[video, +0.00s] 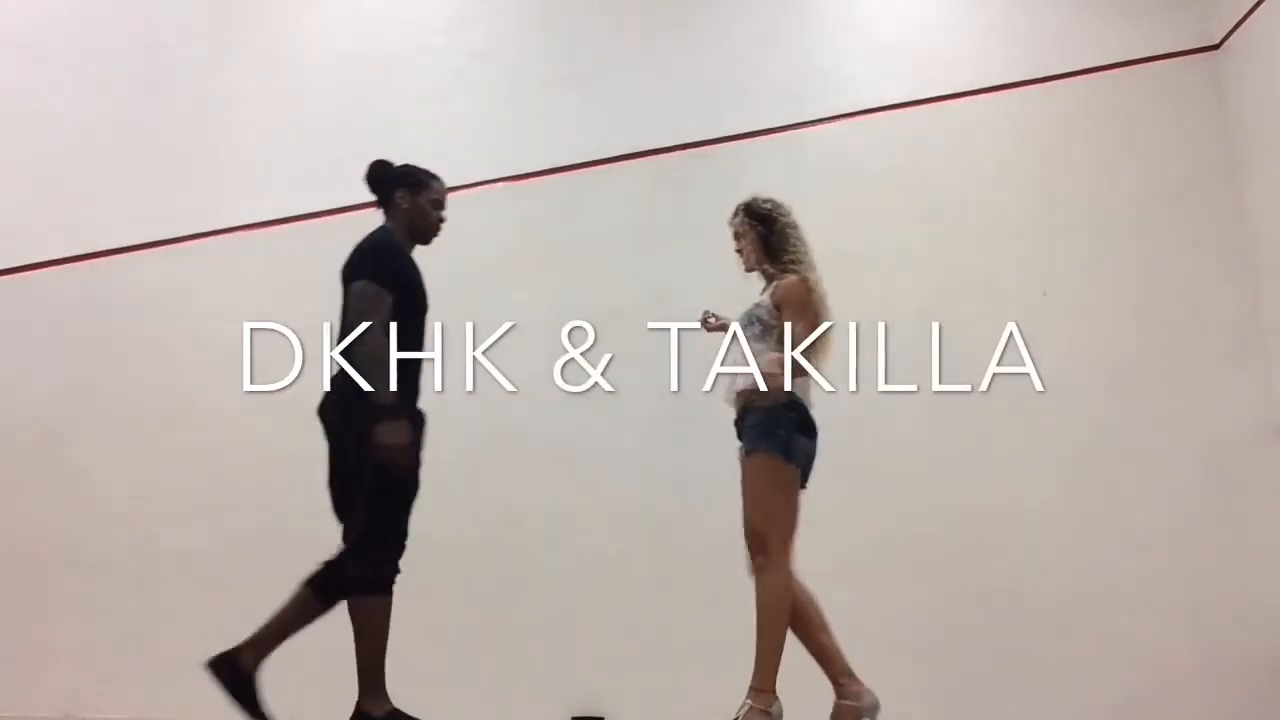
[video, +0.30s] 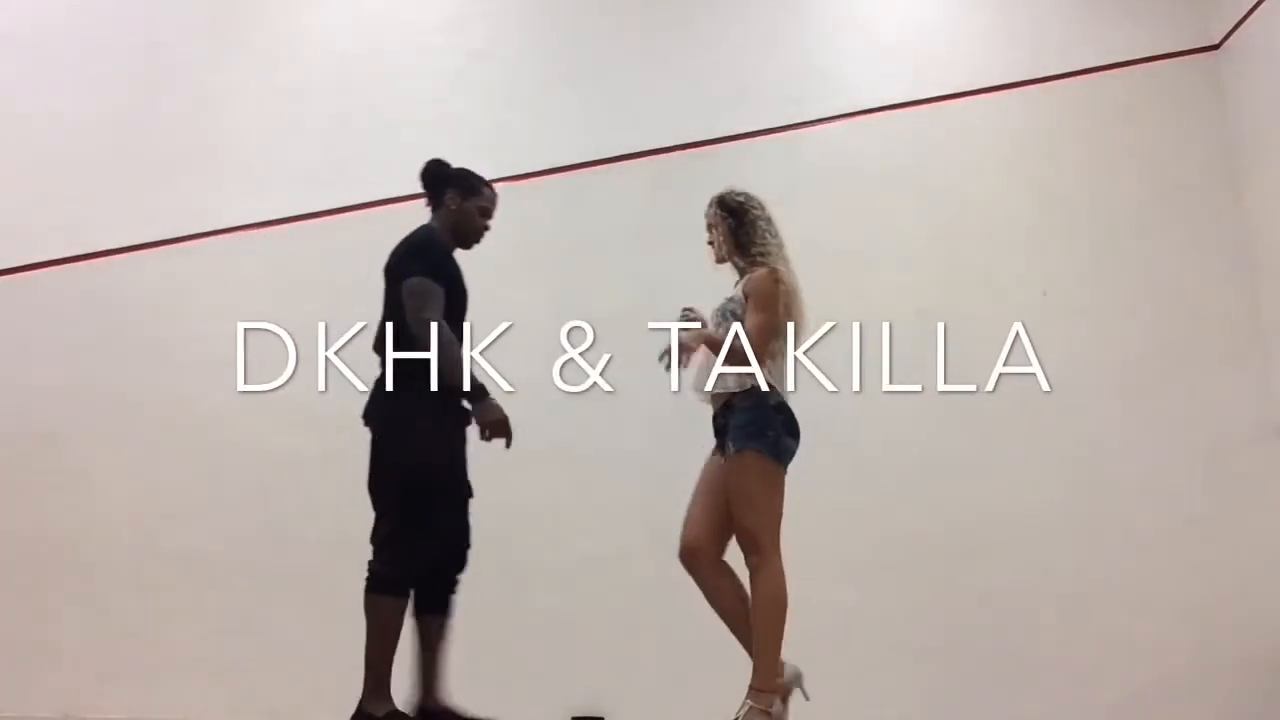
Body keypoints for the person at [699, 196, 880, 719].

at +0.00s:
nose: (736, 246)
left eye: (740, 236)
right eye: (734, 238)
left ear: (764, 235)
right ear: (760, 239)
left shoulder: (791, 286)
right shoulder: (776, 292)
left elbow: (806, 354)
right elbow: (772, 352)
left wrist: (759, 381)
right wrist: (730, 329)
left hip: (777, 422)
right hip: (763, 422)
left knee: (769, 558)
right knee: (769, 564)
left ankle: (762, 698)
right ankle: (850, 689)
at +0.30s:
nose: (708, 237)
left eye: (714, 228)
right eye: (708, 229)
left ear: (737, 229)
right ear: (731, 232)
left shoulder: (764, 280)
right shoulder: (743, 288)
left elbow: (751, 350)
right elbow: (736, 359)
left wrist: (705, 335)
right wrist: (700, 344)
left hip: (758, 421)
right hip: (733, 424)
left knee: (761, 553)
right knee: (698, 552)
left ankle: (766, 692)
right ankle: (771, 668)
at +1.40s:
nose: (697, 237)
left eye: (705, 227)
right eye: (692, 231)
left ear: (731, 230)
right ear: (691, 241)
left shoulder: (774, 292)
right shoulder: (689, 294)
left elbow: (794, 359)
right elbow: (665, 366)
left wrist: (774, 378)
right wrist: (684, 312)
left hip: (760, 428)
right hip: (701, 428)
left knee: (773, 546)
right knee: (702, 557)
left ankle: (773, 686)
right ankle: (704, 694)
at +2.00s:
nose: (740, 250)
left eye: (747, 240)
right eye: (734, 243)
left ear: (771, 240)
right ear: (729, 250)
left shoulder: (810, 300)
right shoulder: (726, 305)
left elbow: (827, 375)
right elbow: (708, 376)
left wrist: (801, 365)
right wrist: (727, 369)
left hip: (798, 430)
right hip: (740, 431)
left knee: (801, 556)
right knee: (745, 533)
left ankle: (794, 695)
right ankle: (755, 678)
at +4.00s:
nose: (746, 224)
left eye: (756, 216)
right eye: (737, 220)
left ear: (777, 227)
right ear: (730, 237)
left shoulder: (804, 283)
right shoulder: (720, 295)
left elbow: (844, 351)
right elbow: (710, 367)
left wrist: (818, 303)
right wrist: (684, 425)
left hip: (788, 429)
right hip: (725, 428)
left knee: (796, 553)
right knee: (720, 552)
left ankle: (806, 695)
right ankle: (709, 692)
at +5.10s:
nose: (727, 229)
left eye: (734, 219)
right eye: (720, 225)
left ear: (759, 225)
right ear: (717, 239)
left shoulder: (796, 286)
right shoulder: (713, 297)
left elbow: (828, 350)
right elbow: (704, 372)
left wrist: (846, 290)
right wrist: (657, 344)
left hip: (790, 430)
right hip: (728, 431)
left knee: (790, 556)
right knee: (717, 549)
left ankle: (782, 695)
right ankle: (715, 687)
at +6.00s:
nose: (735, 231)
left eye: (743, 221)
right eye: (727, 227)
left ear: (766, 224)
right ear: (723, 239)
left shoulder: (806, 286)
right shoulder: (719, 295)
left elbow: (831, 356)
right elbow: (707, 369)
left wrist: (854, 304)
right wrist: (691, 372)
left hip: (792, 429)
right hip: (730, 430)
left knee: (796, 554)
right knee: (730, 549)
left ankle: (794, 695)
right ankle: (747, 690)